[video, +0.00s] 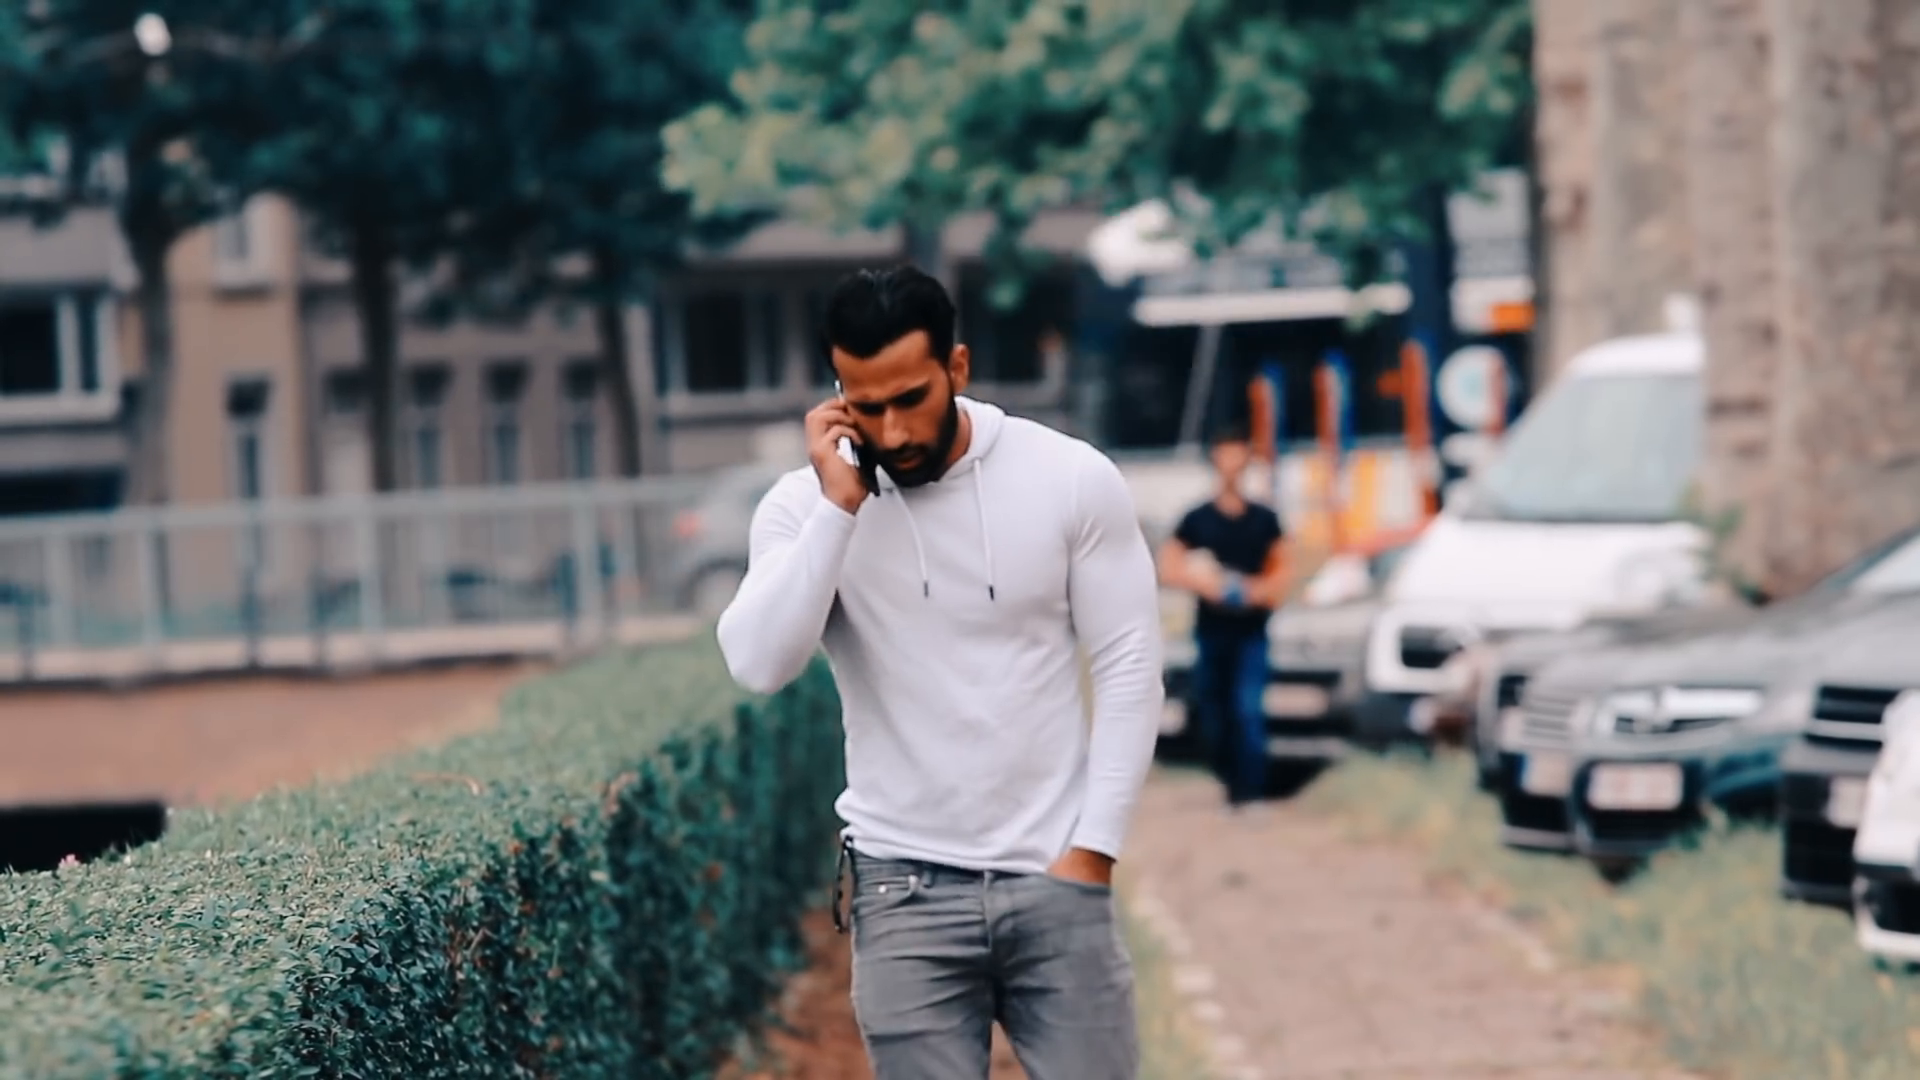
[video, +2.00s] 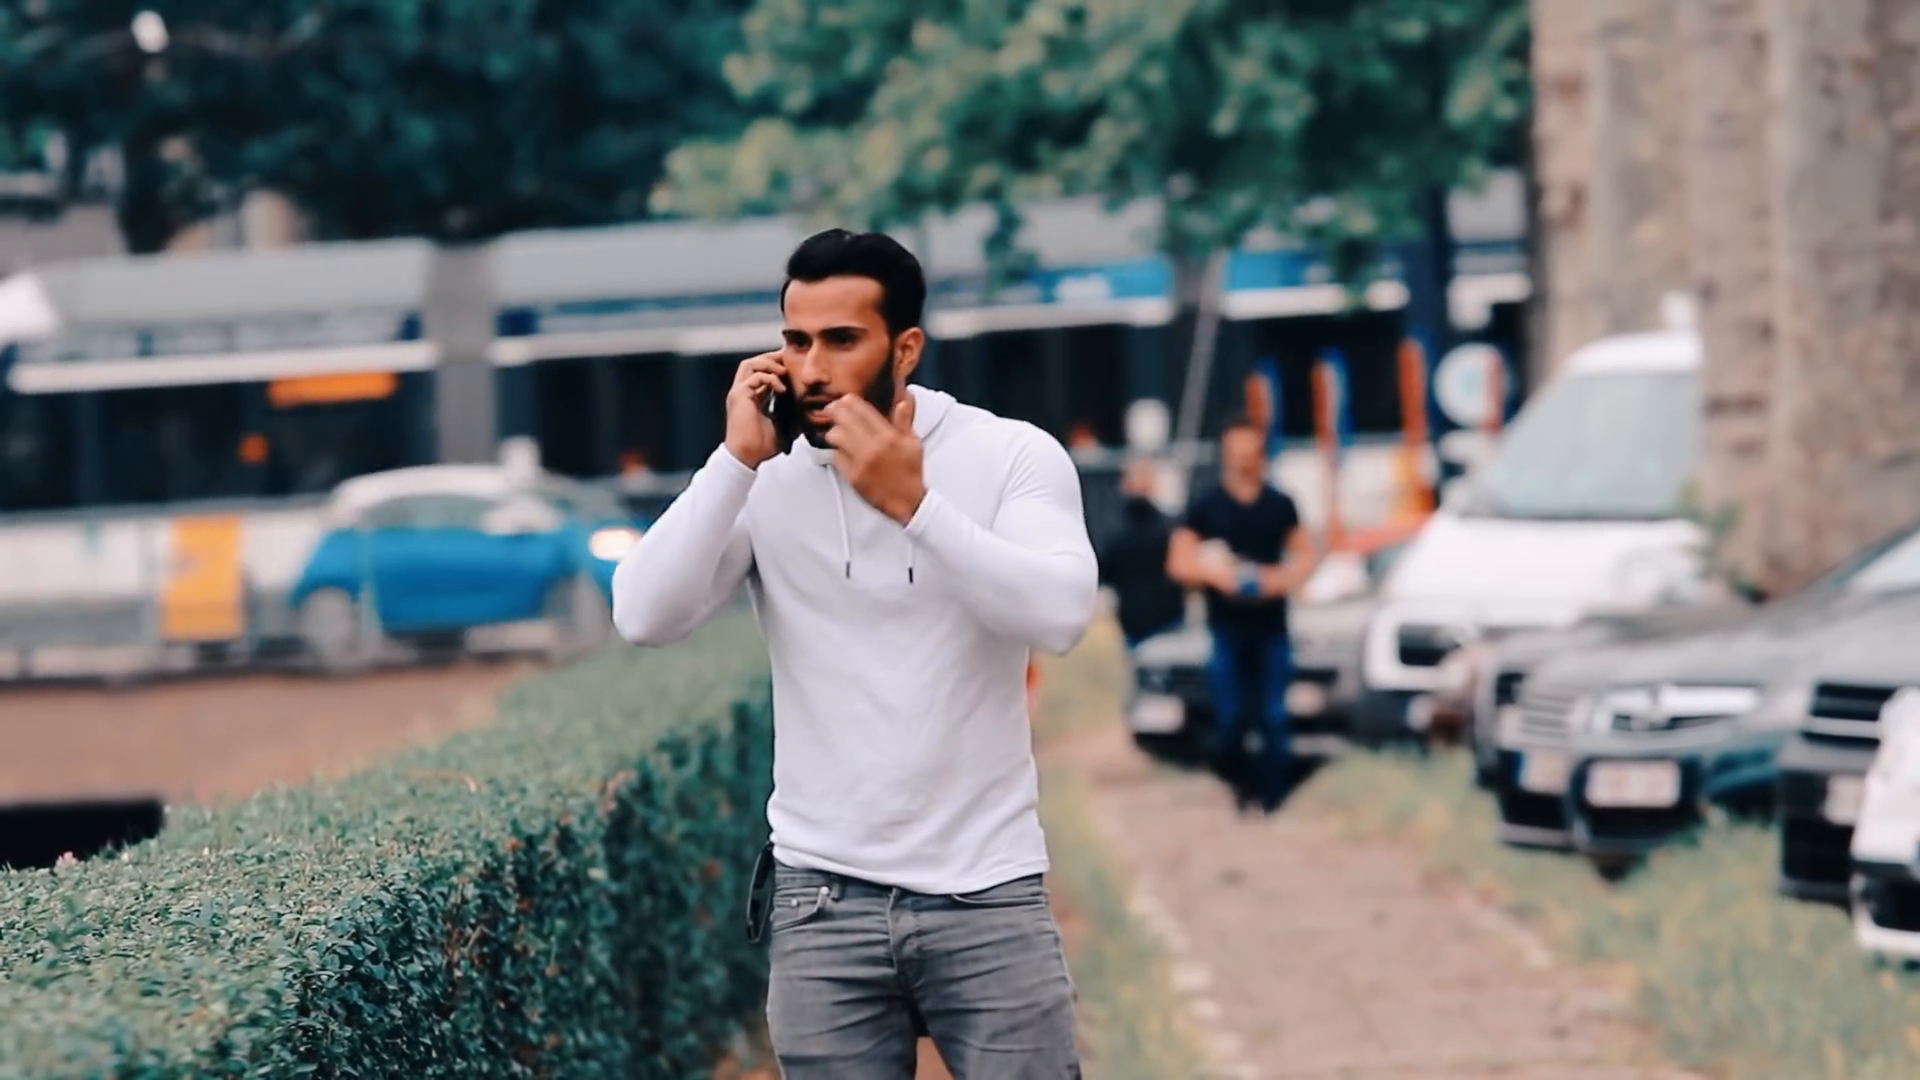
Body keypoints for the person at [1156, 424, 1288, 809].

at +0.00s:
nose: (1231, 461)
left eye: (1237, 453)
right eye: (1224, 453)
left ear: (1248, 459)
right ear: (1214, 460)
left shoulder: (1264, 519)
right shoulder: (1199, 518)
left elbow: (1283, 572)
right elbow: (1169, 566)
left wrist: (1257, 590)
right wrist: (1208, 584)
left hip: (1251, 630)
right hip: (1212, 630)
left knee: (1247, 707)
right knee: (1211, 709)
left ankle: (1250, 790)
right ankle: (1230, 783)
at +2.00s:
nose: (1245, 460)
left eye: (1252, 452)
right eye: (1237, 452)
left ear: (1262, 454)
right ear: (1225, 454)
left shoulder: (1279, 505)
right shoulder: (1207, 505)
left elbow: (1306, 555)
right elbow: (1179, 563)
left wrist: (1278, 580)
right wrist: (1220, 575)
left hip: (1270, 624)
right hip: (1227, 626)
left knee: (1273, 713)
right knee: (1230, 713)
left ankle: (1272, 790)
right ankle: (1240, 784)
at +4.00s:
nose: (1217, 438)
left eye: (1224, 429)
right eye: (1210, 429)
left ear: (1236, 431)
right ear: (1199, 431)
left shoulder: (1258, 483)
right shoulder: (1186, 485)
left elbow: (1285, 541)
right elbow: (1158, 544)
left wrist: (1253, 565)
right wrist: (1191, 562)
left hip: (1247, 605)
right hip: (1202, 605)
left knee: (1244, 699)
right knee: (1203, 694)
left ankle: (1245, 787)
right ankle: (1213, 785)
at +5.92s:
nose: (1232, 432)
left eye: (1241, 423)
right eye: (1224, 424)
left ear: (1257, 426)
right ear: (1214, 428)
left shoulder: (1282, 483)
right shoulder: (1202, 484)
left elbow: (1314, 540)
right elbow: (1172, 545)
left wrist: (1270, 564)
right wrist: (1202, 562)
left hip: (1263, 615)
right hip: (1214, 615)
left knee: (1267, 716)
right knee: (1213, 711)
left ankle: (1274, 809)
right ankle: (1233, 799)